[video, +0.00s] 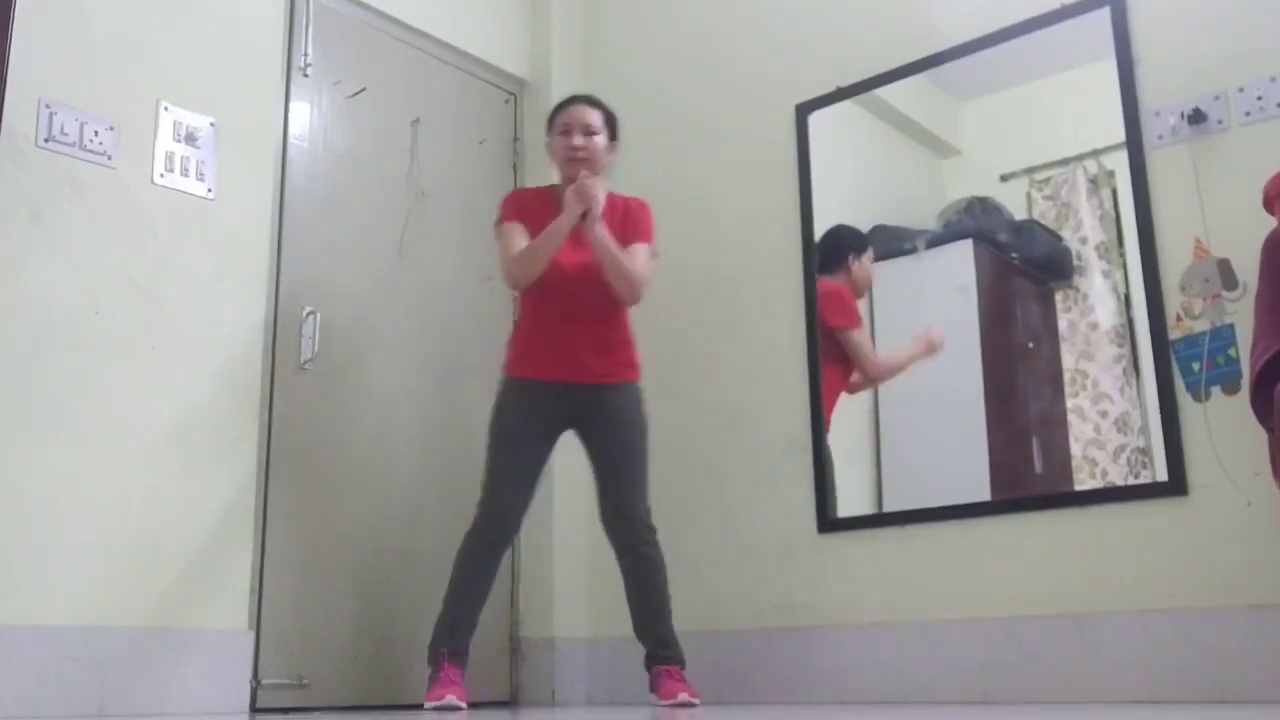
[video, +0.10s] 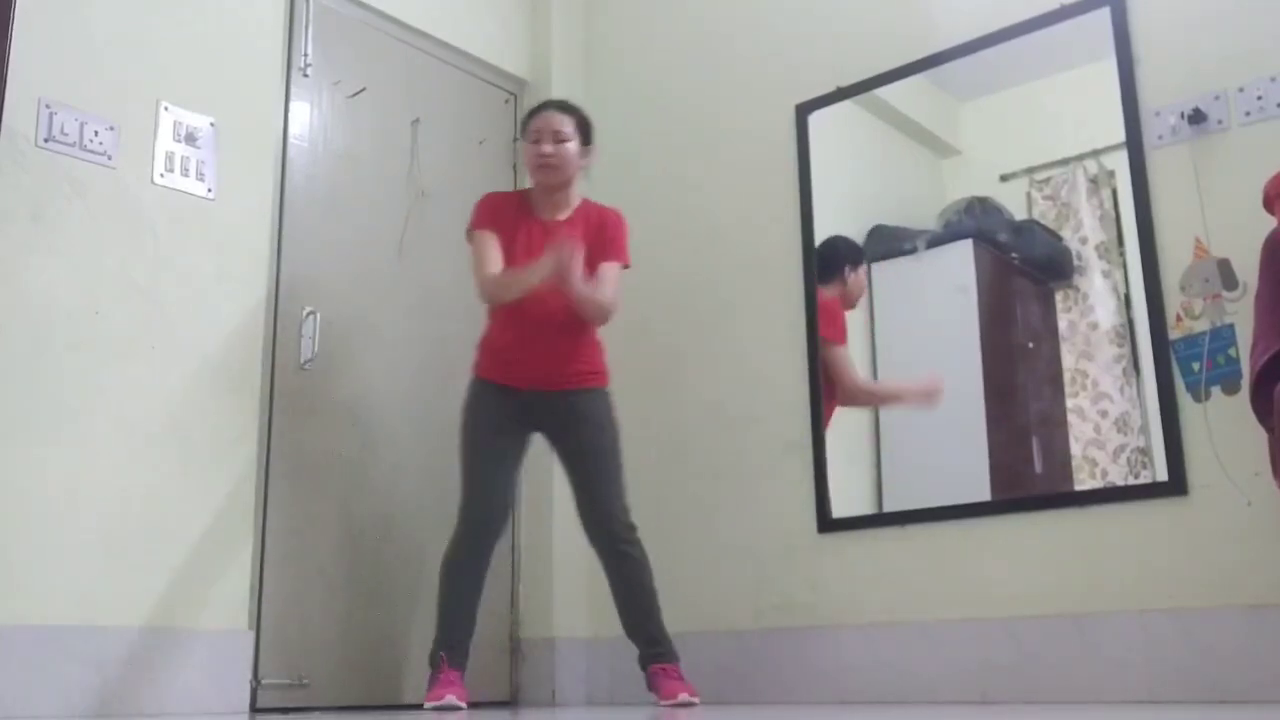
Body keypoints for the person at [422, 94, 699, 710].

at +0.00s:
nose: (578, 142)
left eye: (590, 133)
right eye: (567, 133)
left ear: (612, 147)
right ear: (549, 145)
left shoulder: (631, 212)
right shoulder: (523, 204)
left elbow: (632, 289)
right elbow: (517, 273)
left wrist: (594, 227)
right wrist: (571, 214)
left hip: (610, 388)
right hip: (533, 385)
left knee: (631, 523)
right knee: (495, 521)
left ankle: (666, 666)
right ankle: (447, 663)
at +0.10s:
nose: (545, 149)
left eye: (558, 140)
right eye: (536, 139)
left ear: (584, 153)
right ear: (522, 151)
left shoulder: (604, 222)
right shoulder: (496, 209)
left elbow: (601, 310)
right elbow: (492, 290)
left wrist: (573, 276)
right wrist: (550, 262)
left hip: (578, 392)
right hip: (500, 389)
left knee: (612, 527)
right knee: (479, 523)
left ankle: (661, 666)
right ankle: (447, 671)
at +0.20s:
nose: (517, 162)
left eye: (530, 151)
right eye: (508, 152)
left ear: (559, 158)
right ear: (498, 160)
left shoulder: (583, 230)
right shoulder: (475, 213)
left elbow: (581, 309)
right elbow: (468, 294)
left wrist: (559, 369)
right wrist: (485, 363)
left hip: (549, 388)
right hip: (475, 384)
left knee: (581, 516)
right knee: (462, 519)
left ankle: (641, 654)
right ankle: (444, 669)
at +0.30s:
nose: (491, 170)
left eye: (504, 158)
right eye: (484, 159)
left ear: (540, 160)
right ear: (478, 163)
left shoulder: (568, 235)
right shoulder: (462, 215)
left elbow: (564, 330)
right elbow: (441, 307)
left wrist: (572, 418)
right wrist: (419, 399)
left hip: (529, 389)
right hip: (456, 387)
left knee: (538, 498)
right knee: (454, 515)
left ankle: (591, 634)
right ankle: (443, 669)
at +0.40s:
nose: (479, 167)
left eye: (493, 154)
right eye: (472, 156)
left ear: (529, 157)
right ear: (468, 160)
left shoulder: (559, 232)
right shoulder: (450, 216)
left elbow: (571, 328)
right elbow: (392, 301)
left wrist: (583, 414)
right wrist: (374, 390)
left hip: (524, 382)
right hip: (448, 380)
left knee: (512, 486)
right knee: (450, 511)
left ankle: (523, 629)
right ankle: (442, 669)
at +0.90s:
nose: (509, 156)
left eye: (522, 148)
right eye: (497, 145)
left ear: (537, 162)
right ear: (476, 156)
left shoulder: (552, 231)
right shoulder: (445, 220)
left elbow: (568, 313)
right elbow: (415, 307)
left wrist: (568, 351)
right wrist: (451, 347)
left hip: (527, 389)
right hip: (453, 392)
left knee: (563, 484)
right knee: (454, 517)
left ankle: (555, 596)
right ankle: (442, 670)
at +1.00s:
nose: (526, 142)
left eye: (538, 134)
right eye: (514, 130)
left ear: (551, 150)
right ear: (489, 142)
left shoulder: (565, 213)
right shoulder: (458, 203)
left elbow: (581, 301)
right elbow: (455, 291)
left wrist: (562, 286)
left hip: (544, 377)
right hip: (470, 379)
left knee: (595, 496)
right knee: (464, 516)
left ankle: (616, 626)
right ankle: (445, 671)